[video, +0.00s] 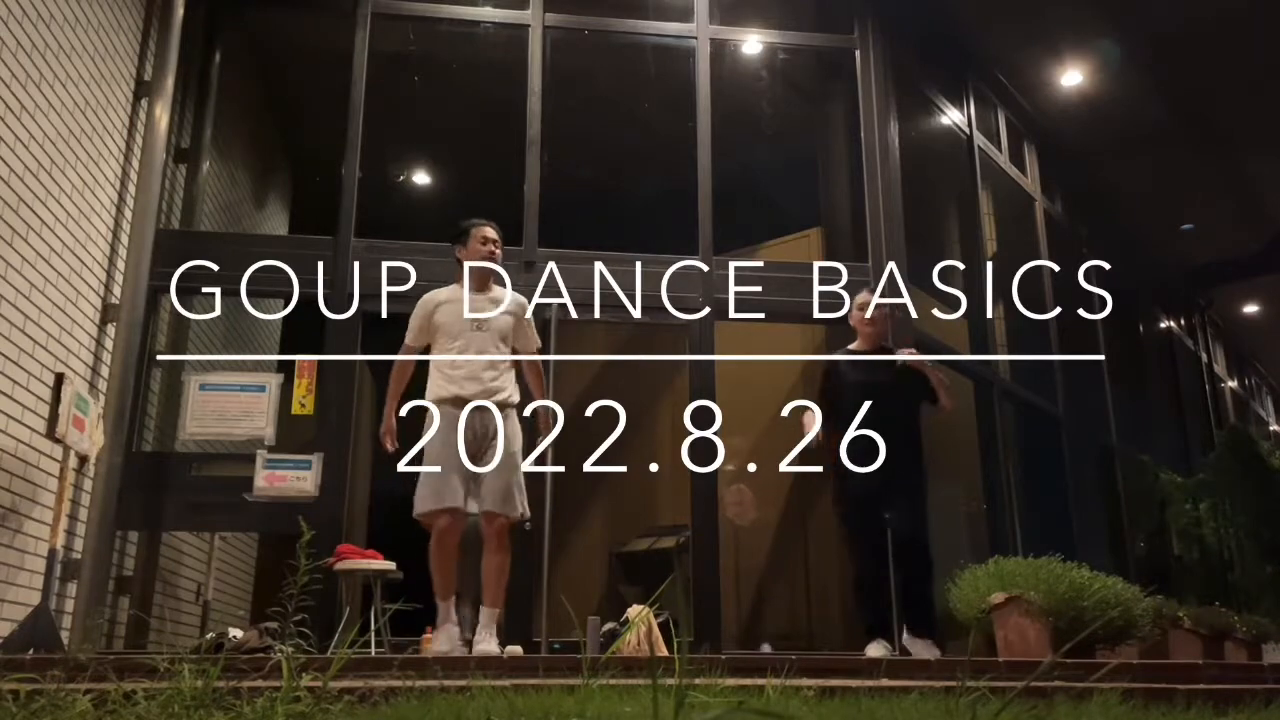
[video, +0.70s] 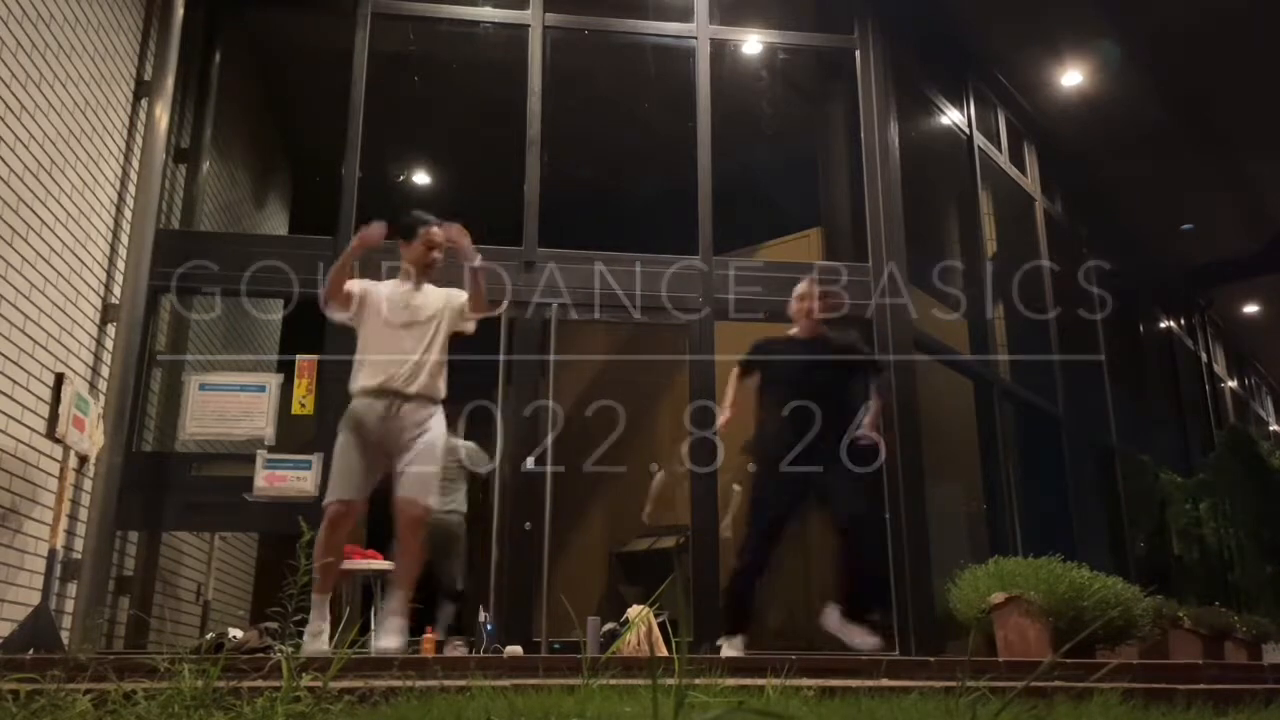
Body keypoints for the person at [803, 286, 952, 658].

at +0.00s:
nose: (875, 315)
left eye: (881, 309)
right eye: (866, 309)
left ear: (891, 317)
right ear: (852, 318)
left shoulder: (905, 361)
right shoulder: (836, 363)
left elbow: (947, 405)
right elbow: (815, 411)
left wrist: (926, 368)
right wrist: (813, 426)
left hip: (905, 471)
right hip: (856, 474)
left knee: (912, 548)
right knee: (867, 554)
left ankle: (917, 632)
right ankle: (877, 637)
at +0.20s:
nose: (868, 317)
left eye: (874, 311)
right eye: (861, 311)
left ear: (885, 317)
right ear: (849, 317)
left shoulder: (899, 363)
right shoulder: (834, 362)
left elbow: (934, 419)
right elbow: (805, 415)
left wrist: (917, 410)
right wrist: (820, 403)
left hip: (901, 475)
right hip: (854, 476)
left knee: (908, 551)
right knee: (866, 555)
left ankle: (913, 638)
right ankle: (877, 637)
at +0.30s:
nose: (867, 330)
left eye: (873, 324)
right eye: (860, 324)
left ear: (883, 329)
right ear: (849, 330)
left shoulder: (896, 382)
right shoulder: (834, 379)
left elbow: (918, 427)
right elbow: (810, 421)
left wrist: (914, 448)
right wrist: (828, 432)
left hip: (893, 479)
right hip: (848, 480)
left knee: (907, 548)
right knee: (865, 536)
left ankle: (911, 637)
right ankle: (867, 617)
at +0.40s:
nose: (858, 329)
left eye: (865, 323)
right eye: (851, 323)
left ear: (878, 327)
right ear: (842, 327)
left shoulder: (893, 381)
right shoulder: (823, 376)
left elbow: (909, 432)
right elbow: (796, 423)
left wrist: (907, 466)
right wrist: (808, 456)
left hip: (883, 482)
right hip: (836, 479)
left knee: (902, 553)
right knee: (832, 512)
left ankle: (909, 640)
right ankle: (829, 590)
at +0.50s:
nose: (833, 304)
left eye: (841, 298)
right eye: (828, 297)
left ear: (857, 307)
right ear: (821, 304)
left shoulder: (876, 358)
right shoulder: (804, 351)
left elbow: (898, 409)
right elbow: (772, 392)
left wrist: (896, 448)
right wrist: (772, 431)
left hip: (861, 461)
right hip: (810, 457)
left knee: (882, 541)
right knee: (793, 514)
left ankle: (903, 634)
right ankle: (779, 601)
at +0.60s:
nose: (828, 297)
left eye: (835, 291)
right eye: (821, 291)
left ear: (847, 297)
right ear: (811, 297)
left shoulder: (864, 346)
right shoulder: (789, 342)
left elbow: (890, 393)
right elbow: (757, 374)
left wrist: (886, 430)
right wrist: (753, 412)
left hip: (853, 455)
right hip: (800, 454)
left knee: (876, 534)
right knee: (775, 527)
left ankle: (886, 622)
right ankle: (753, 618)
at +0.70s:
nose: (811, 305)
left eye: (817, 298)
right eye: (804, 298)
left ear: (827, 305)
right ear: (791, 305)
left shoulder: (845, 351)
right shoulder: (769, 349)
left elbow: (873, 393)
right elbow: (739, 373)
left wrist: (869, 422)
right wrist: (728, 408)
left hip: (834, 464)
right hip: (779, 464)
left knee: (860, 533)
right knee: (757, 546)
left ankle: (843, 612)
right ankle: (734, 633)